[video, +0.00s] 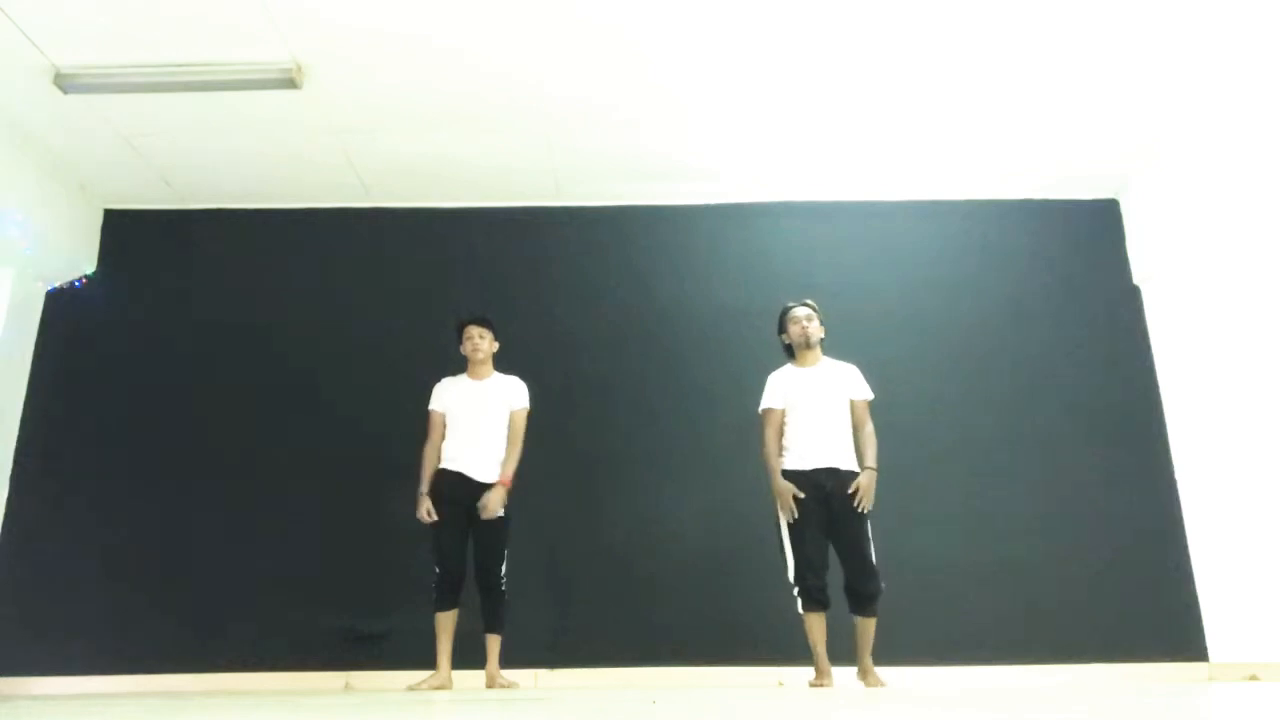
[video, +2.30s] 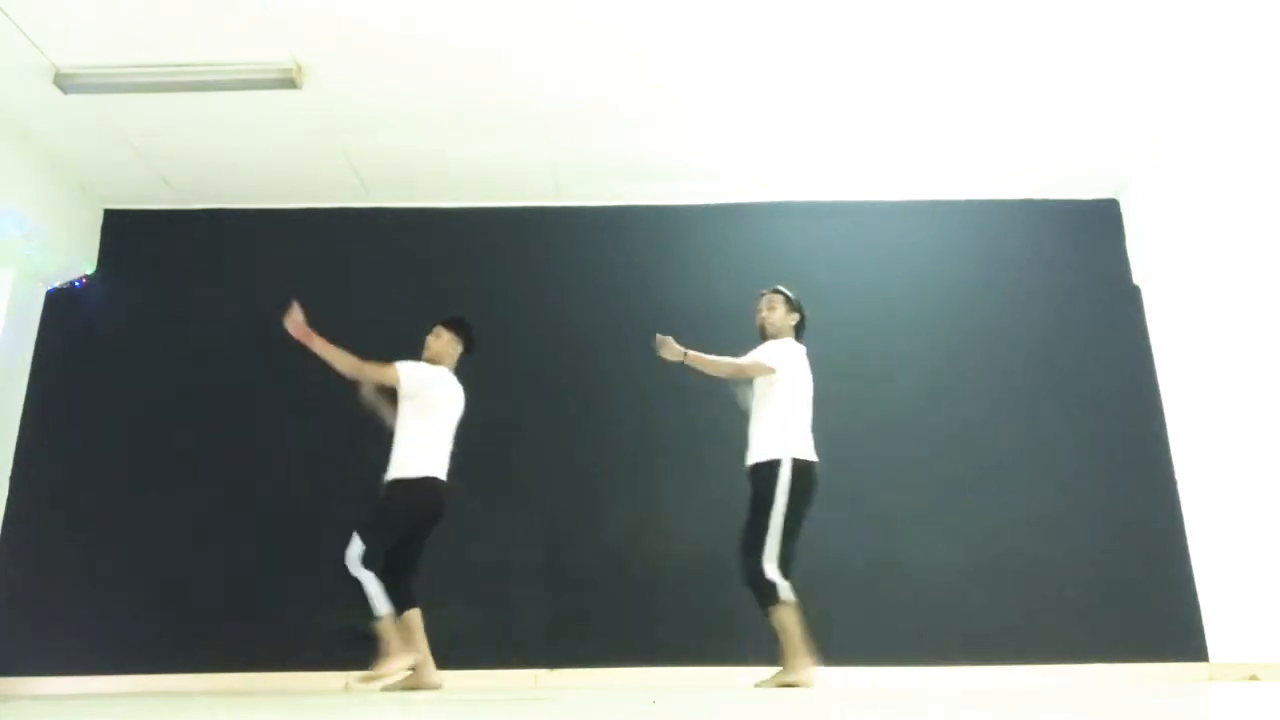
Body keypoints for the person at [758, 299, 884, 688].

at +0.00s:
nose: (806, 325)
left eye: (811, 319)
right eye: (798, 321)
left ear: (822, 329)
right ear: (785, 336)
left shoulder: (848, 372)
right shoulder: (779, 379)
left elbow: (864, 425)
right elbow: (771, 434)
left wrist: (870, 470)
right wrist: (776, 480)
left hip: (845, 479)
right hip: (798, 482)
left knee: (864, 573)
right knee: (809, 575)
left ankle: (866, 663)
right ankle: (821, 667)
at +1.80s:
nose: (828, 325)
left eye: (834, 319)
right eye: (820, 321)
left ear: (846, 330)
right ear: (809, 334)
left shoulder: (866, 376)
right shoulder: (797, 376)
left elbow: (892, 426)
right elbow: (782, 428)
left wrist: (864, 436)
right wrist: (771, 471)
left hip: (857, 483)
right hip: (810, 483)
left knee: (867, 574)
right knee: (808, 569)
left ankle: (863, 670)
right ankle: (813, 665)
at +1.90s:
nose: (815, 324)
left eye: (822, 318)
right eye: (808, 320)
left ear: (837, 328)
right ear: (800, 333)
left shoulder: (855, 368)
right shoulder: (791, 378)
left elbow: (878, 397)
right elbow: (781, 438)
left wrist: (829, 388)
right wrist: (762, 483)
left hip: (852, 482)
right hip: (805, 484)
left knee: (864, 576)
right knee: (795, 567)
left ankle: (863, 669)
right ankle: (807, 660)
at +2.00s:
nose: (800, 324)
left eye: (807, 317)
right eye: (793, 319)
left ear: (825, 326)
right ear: (787, 330)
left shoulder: (843, 362)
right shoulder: (784, 372)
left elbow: (837, 359)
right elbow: (789, 431)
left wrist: (804, 356)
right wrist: (781, 485)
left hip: (843, 477)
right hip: (797, 480)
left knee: (859, 573)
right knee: (784, 564)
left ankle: (865, 669)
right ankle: (799, 661)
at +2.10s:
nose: (783, 322)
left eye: (792, 315)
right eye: (779, 317)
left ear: (813, 324)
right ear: (776, 327)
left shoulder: (823, 356)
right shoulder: (784, 367)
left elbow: (787, 351)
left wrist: (765, 362)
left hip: (826, 473)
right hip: (784, 477)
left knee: (848, 575)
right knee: (779, 573)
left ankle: (872, 663)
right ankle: (799, 666)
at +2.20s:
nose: (771, 320)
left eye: (780, 313)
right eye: (768, 316)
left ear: (801, 323)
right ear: (767, 326)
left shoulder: (804, 356)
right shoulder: (780, 365)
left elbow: (761, 367)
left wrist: (716, 357)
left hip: (805, 471)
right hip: (773, 474)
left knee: (813, 574)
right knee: (768, 573)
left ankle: (859, 647)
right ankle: (797, 668)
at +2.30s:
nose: (762, 312)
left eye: (772, 306)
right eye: (760, 307)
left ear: (793, 317)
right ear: (759, 319)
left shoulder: (788, 350)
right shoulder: (774, 356)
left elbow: (736, 368)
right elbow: (755, 406)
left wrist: (682, 353)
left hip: (787, 462)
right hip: (771, 464)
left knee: (767, 562)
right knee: (758, 563)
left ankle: (800, 664)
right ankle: (795, 664)